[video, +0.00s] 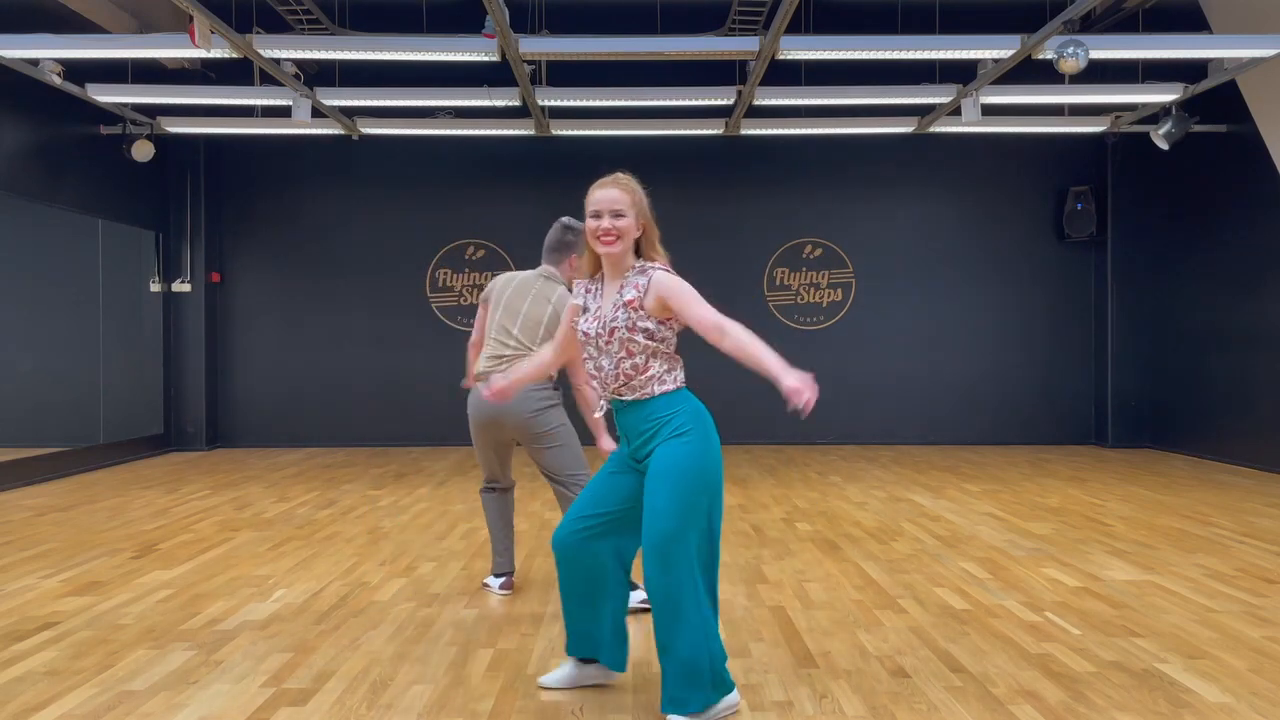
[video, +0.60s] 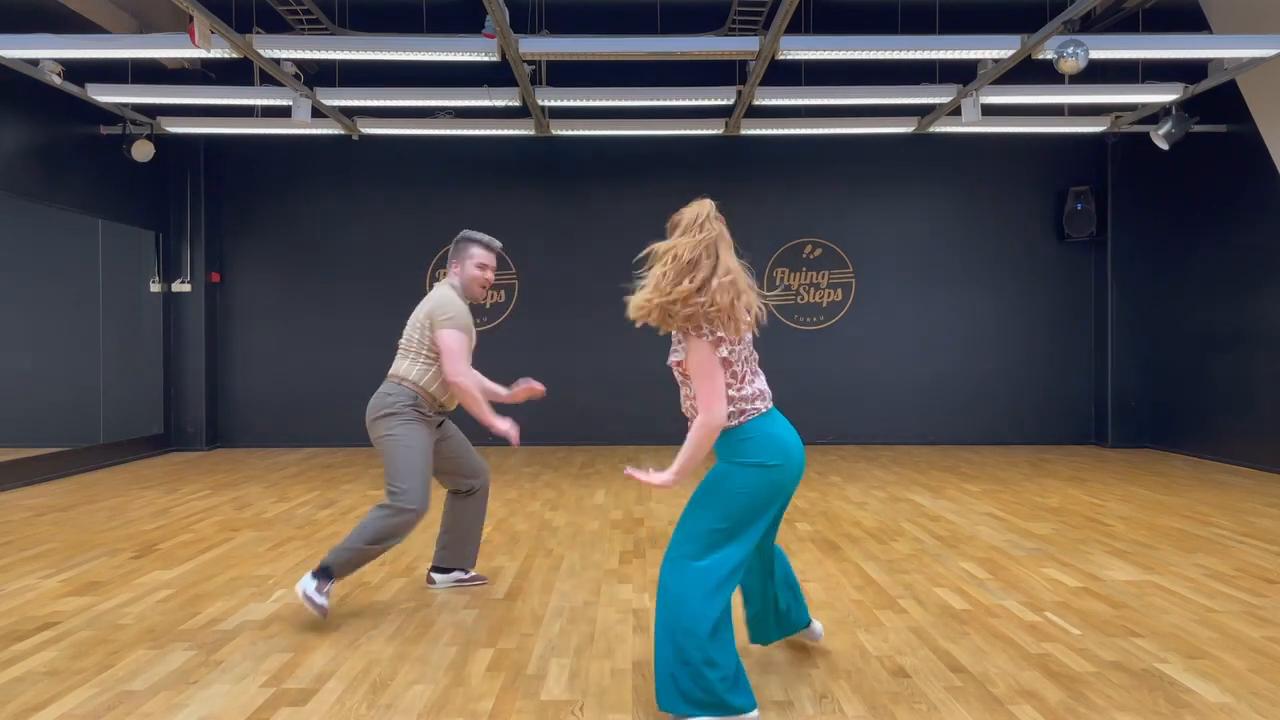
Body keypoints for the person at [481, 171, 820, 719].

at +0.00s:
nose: (606, 225)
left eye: (618, 215)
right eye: (596, 216)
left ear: (640, 223)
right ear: (585, 225)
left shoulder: (658, 283)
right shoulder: (582, 292)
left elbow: (721, 329)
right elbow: (557, 354)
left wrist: (783, 372)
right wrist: (512, 379)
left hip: (678, 429)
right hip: (632, 440)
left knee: (668, 551)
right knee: (575, 538)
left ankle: (708, 691)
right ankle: (595, 660)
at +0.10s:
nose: (607, 208)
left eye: (621, 199)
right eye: (604, 200)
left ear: (654, 212)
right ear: (602, 213)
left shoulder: (668, 279)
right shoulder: (610, 281)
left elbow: (686, 366)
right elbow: (605, 367)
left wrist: (673, 444)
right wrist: (588, 435)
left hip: (691, 424)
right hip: (654, 426)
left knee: (684, 556)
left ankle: (713, 687)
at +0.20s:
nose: (606, 200)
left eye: (616, 192)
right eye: (611, 191)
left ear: (643, 204)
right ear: (642, 205)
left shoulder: (670, 269)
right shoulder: (630, 267)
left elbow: (640, 356)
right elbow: (617, 345)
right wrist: (580, 378)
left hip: (706, 418)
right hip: (675, 420)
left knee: (681, 545)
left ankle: (722, 684)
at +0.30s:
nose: (620, 209)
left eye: (629, 202)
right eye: (627, 201)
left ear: (649, 217)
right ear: (660, 220)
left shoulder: (669, 282)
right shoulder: (639, 275)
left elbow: (589, 328)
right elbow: (584, 336)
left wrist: (569, 269)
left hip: (732, 426)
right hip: (709, 425)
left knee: (688, 548)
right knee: (668, 539)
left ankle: (727, 690)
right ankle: (700, 666)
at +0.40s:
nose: (635, 225)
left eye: (643, 220)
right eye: (640, 218)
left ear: (662, 233)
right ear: (674, 236)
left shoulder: (680, 298)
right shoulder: (661, 289)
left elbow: (613, 355)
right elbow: (609, 348)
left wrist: (607, 295)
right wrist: (570, 305)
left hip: (739, 442)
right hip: (743, 435)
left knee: (681, 566)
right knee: (715, 555)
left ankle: (712, 705)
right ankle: (741, 651)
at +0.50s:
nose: (656, 258)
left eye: (659, 249)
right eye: (659, 249)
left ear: (665, 257)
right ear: (713, 253)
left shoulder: (685, 321)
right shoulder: (709, 308)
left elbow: (668, 410)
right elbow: (672, 389)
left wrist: (636, 391)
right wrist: (621, 418)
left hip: (743, 456)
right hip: (765, 446)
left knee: (677, 572)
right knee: (726, 553)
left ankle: (716, 706)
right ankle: (781, 637)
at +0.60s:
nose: (664, 271)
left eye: (668, 261)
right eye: (668, 260)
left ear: (677, 269)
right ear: (721, 264)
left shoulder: (698, 326)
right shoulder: (732, 314)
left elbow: (713, 413)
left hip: (749, 454)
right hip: (779, 443)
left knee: (687, 565)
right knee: (753, 540)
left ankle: (719, 698)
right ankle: (797, 621)